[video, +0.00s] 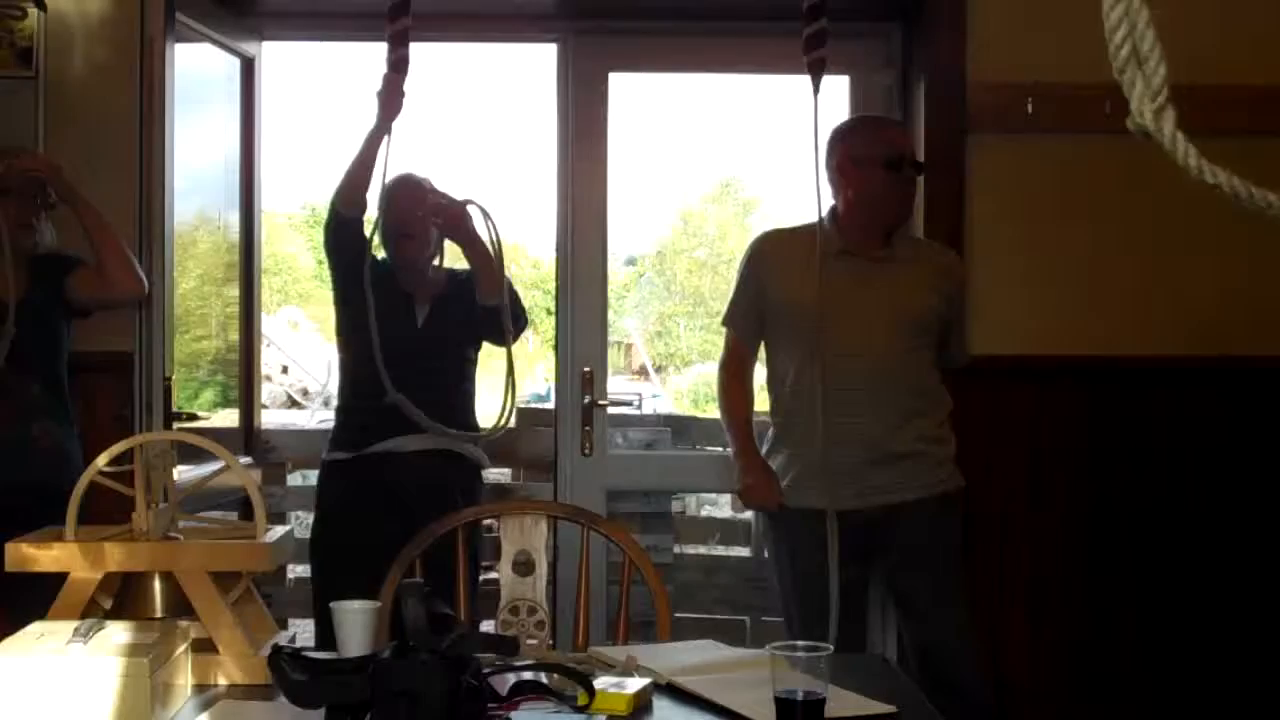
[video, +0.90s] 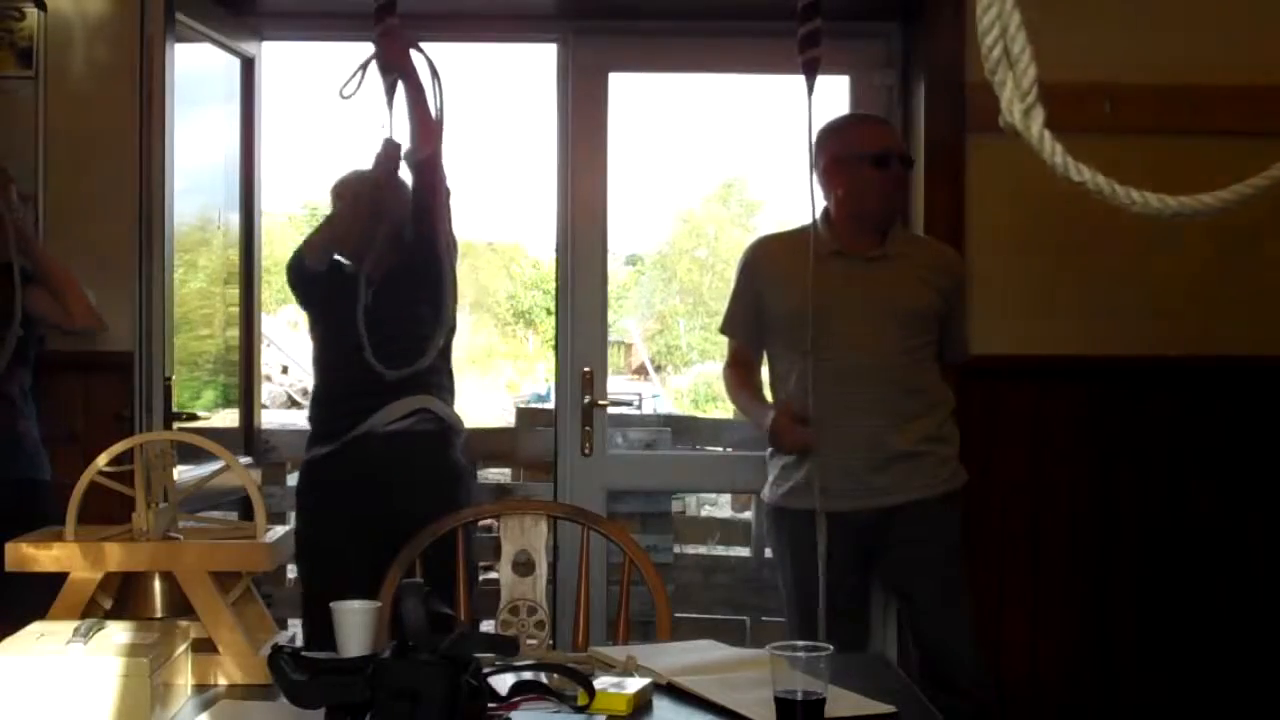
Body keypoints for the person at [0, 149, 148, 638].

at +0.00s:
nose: (31, 210)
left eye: (38, 198)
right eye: (19, 195)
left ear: (44, 209)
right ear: (2, 205)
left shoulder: (45, 272)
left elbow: (128, 286)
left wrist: (70, 194)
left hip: (48, 469)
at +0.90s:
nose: (16, 217)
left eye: (15, 207)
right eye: (11, 208)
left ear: (18, 213)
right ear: (4, 216)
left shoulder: (15, 285)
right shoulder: (17, 285)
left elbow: (84, 318)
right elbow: (83, 317)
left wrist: (26, 242)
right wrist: (27, 244)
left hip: (22, 462)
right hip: (14, 465)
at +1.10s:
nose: (21, 224)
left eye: (20, 217)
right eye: (13, 217)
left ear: (20, 225)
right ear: (5, 224)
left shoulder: (14, 282)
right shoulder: (15, 284)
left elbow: (66, 361)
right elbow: (65, 360)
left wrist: (38, 262)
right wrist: (34, 265)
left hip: (16, 470)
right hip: (11, 471)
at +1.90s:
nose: (33, 221)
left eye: (38, 208)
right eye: (20, 209)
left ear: (43, 211)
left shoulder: (38, 286)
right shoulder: (9, 284)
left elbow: (58, 389)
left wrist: (68, 320)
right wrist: (21, 307)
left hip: (34, 455)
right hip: (9, 455)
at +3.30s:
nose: (38, 214)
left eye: (39, 199)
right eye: (23, 200)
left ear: (42, 207)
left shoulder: (44, 287)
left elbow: (78, 394)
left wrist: (77, 330)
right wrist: (11, 306)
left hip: (44, 464)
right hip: (11, 464)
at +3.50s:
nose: (23, 213)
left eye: (25, 199)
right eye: (12, 200)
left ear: (34, 207)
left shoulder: (39, 282)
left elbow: (96, 368)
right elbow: (96, 366)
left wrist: (96, 283)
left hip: (41, 467)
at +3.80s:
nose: (23, 205)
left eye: (25, 193)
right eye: (11, 193)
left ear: (30, 201)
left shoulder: (35, 281)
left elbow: (88, 375)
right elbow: (87, 374)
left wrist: (122, 314)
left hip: (40, 467)